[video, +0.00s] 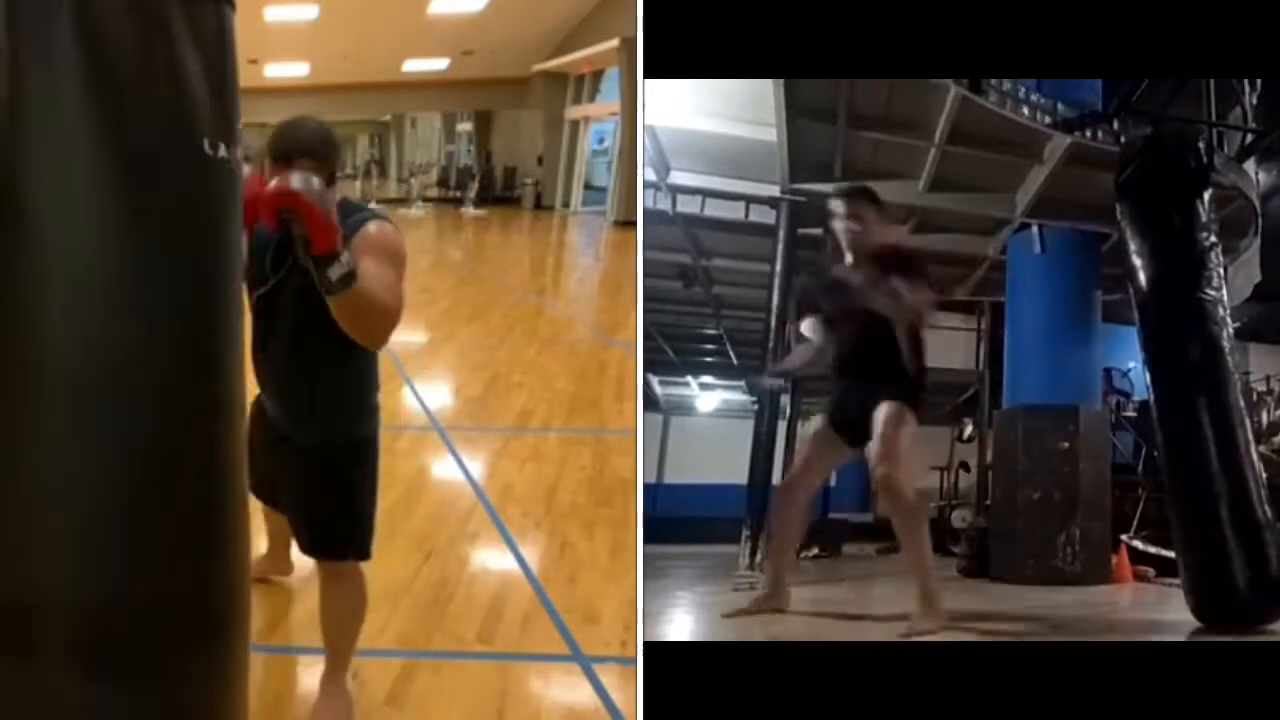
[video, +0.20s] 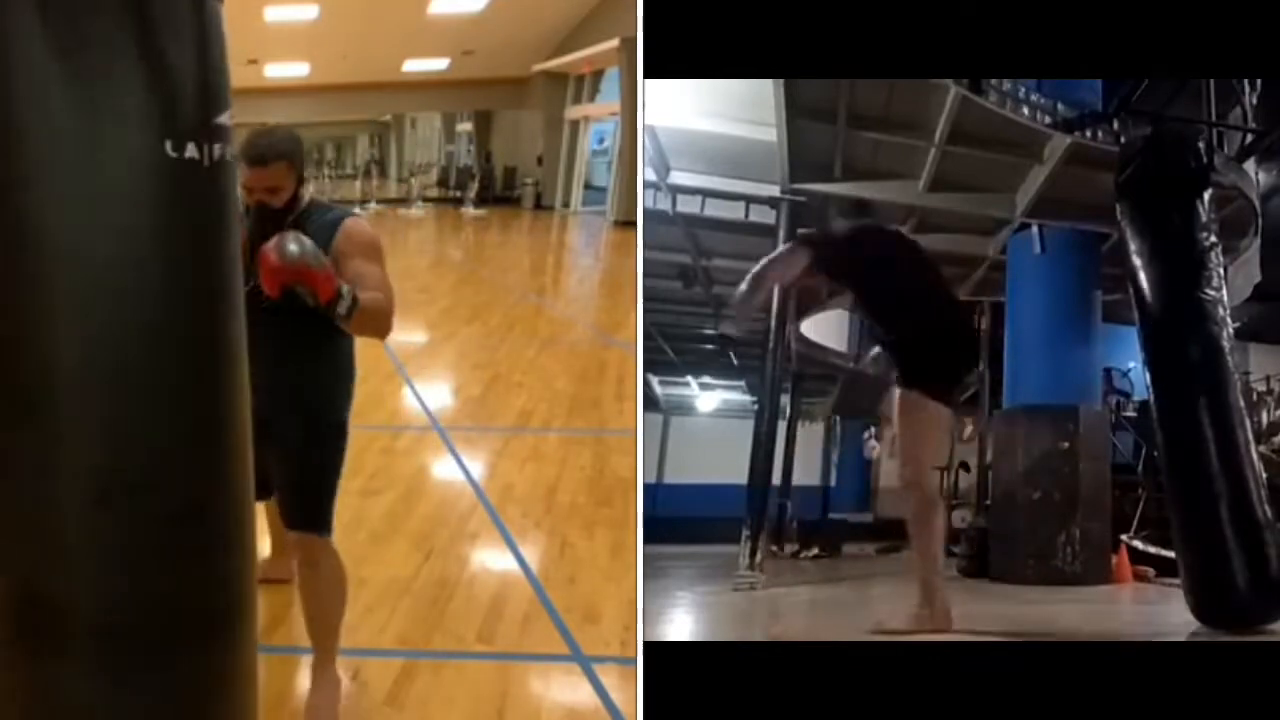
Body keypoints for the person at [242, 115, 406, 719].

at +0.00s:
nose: (295, 186)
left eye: (309, 174)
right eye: (284, 172)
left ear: (334, 178)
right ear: (266, 176)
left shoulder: (371, 232)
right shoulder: (263, 229)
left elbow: (376, 331)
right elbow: (226, 281)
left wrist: (328, 255)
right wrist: (244, 223)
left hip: (340, 422)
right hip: (275, 405)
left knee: (336, 560)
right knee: (271, 486)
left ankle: (335, 682)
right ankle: (278, 558)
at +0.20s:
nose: (262, 202)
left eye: (274, 191)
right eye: (253, 191)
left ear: (300, 179)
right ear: (242, 182)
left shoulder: (344, 231)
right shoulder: (241, 225)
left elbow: (379, 320)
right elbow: (216, 296)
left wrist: (327, 290)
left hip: (315, 400)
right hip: (256, 391)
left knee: (309, 535)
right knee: (271, 483)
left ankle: (325, 672)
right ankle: (282, 557)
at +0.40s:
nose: (255, 181)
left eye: (262, 167)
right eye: (248, 170)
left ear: (285, 162)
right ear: (239, 171)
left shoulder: (327, 217)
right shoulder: (231, 220)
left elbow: (363, 295)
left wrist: (322, 230)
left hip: (309, 380)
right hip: (250, 375)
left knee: (306, 522)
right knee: (266, 479)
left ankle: (306, 656)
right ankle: (284, 554)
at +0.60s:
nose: (251, 194)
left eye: (258, 182)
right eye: (243, 183)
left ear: (279, 174)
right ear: (233, 180)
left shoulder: (320, 221)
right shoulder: (225, 223)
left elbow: (350, 293)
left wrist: (303, 273)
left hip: (307, 383)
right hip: (246, 379)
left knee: (289, 515)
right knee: (251, 492)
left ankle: (303, 651)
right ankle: (279, 558)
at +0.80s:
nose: (217, 202)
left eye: (222, 190)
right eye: (211, 190)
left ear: (246, 187)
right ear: (231, 190)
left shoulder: (290, 231)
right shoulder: (218, 237)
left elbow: (360, 283)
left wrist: (284, 296)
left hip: (312, 407)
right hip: (260, 399)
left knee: (302, 543)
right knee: (266, 482)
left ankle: (342, 678)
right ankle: (283, 555)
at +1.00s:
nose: (222, 225)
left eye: (231, 212)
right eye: (212, 215)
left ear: (256, 195)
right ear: (198, 208)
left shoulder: (307, 231)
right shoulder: (214, 246)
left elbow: (402, 275)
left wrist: (328, 273)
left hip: (333, 406)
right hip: (278, 402)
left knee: (299, 545)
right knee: (285, 485)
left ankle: (346, 684)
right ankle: (303, 563)